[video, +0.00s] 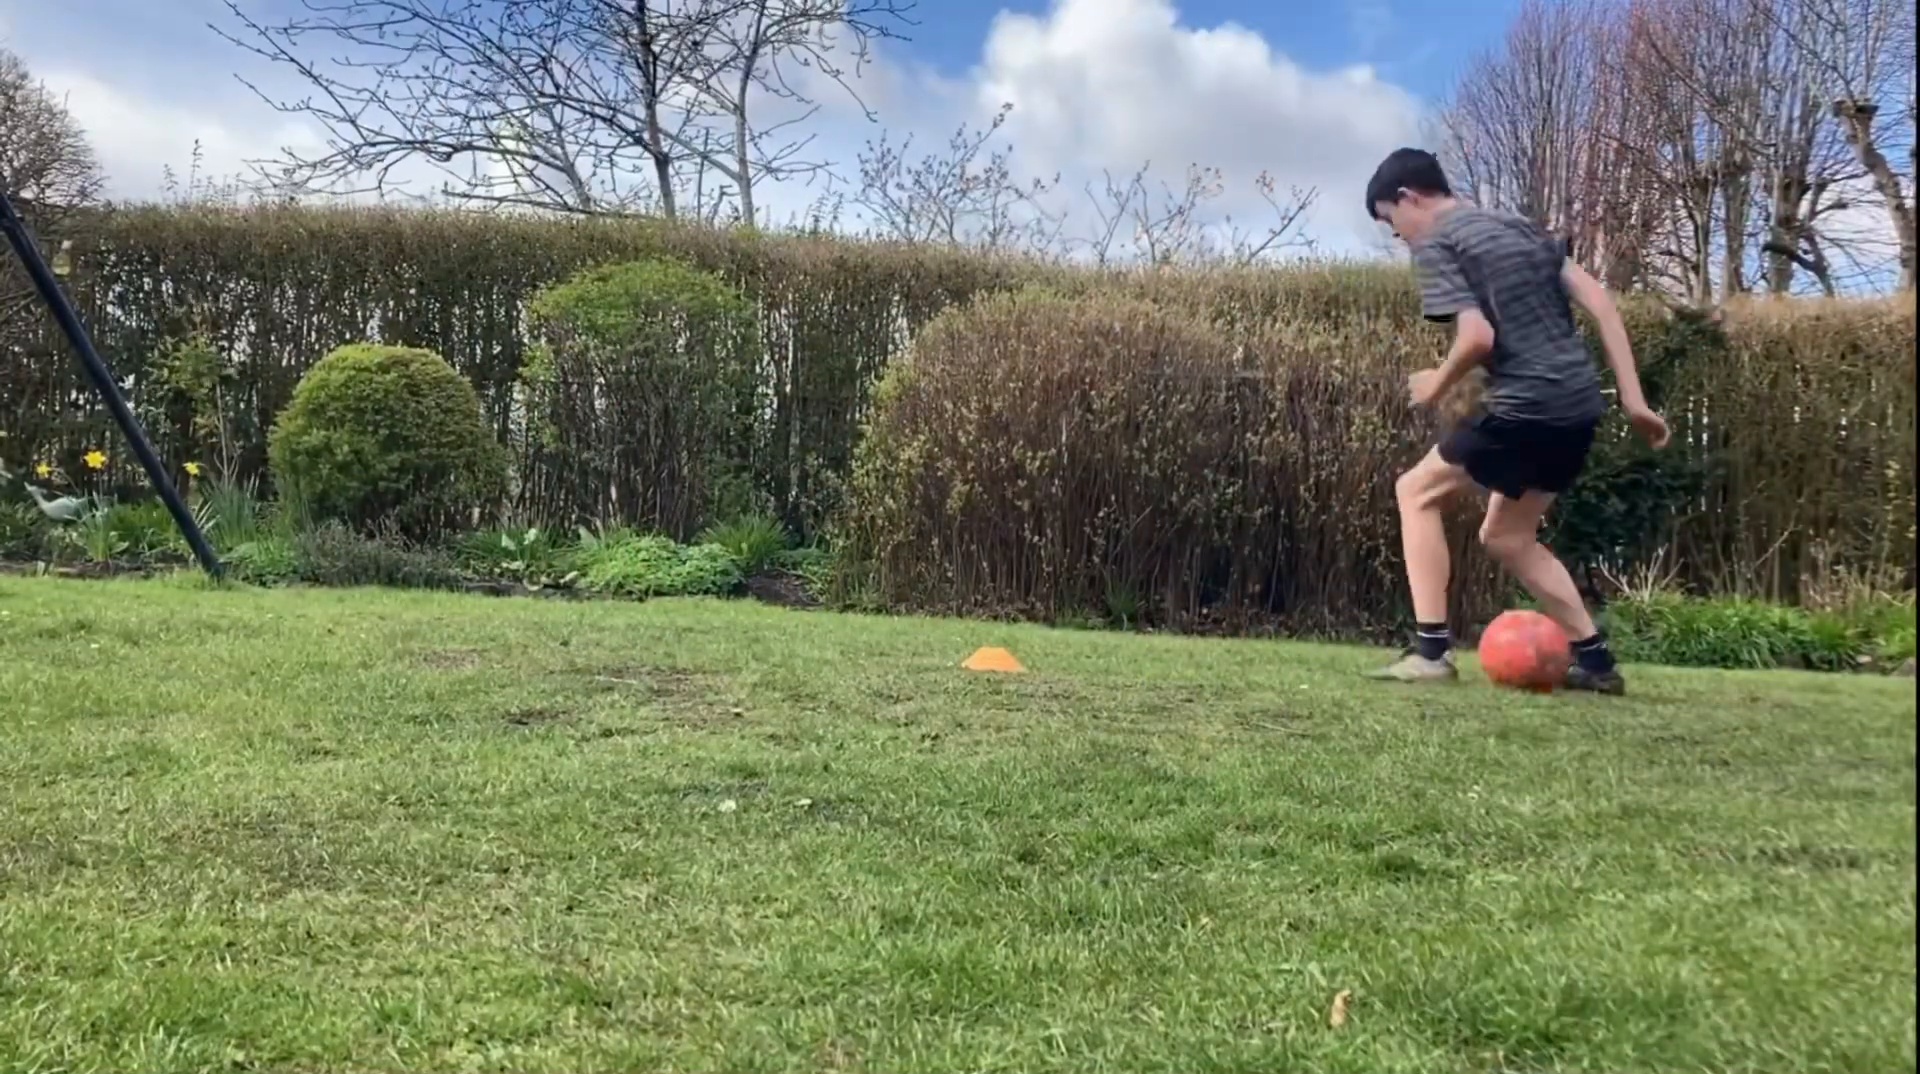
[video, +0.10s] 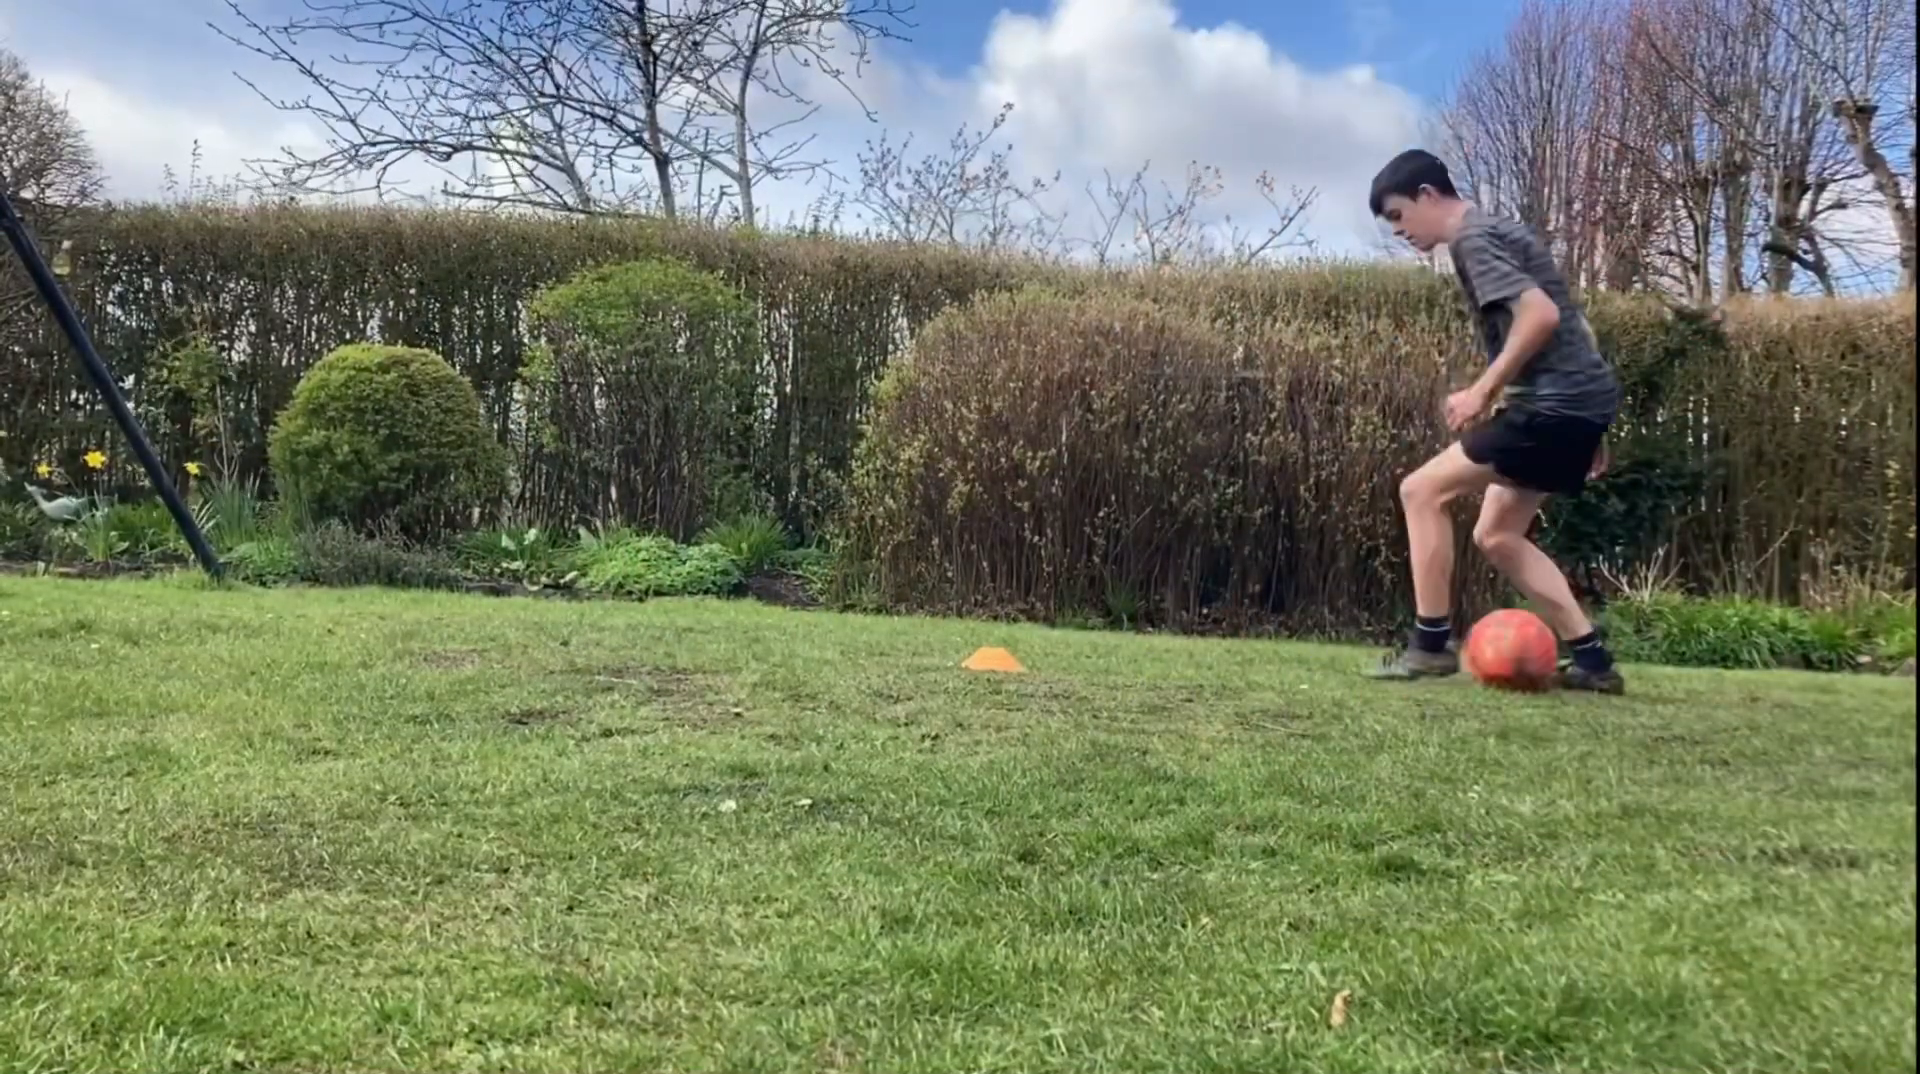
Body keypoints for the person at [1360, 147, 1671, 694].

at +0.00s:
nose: (1399, 236)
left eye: (1392, 221)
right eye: (1390, 227)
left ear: (1411, 197)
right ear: (1440, 192)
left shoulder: (1437, 243)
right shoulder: (1519, 228)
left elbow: (1477, 335)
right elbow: (1599, 299)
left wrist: (1437, 381)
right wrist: (1634, 399)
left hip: (1523, 407)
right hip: (1580, 408)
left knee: (1416, 491)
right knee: (1508, 535)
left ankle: (1430, 653)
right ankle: (1595, 661)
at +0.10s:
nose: (1401, 234)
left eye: (1398, 218)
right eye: (1393, 225)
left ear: (1429, 194)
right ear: (1434, 197)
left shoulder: (1474, 239)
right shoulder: (1500, 231)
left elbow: (1540, 313)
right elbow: (1565, 329)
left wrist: (1480, 391)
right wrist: (1587, 428)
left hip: (1553, 411)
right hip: (1578, 411)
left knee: (1421, 490)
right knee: (1499, 536)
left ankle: (1431, 647)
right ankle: (1591, 659)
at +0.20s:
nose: (1408, 186)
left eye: (1410, 169)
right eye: (1401, 177)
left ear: (1447, 152)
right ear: (1441, 161)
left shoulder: (1502, 197)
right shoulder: (1480, 213)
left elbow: (1584, 260)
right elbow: (1524, 305)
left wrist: (1516, 346)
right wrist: (1509, 373)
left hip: (1571, 375)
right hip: (1547, 378)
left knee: (1453, 488)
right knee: (1498, 530)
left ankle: (1454, 628)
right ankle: (1583, 642)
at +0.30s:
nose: (1419, 167)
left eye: (1427, 150)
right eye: (1411, 157)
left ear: (1465, 141)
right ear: (1414, 161)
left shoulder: (1515, 193)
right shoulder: (1474, 216)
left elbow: (1605, 259)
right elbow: (1513, 312)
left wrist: (1539, 340)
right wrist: (1460, 379)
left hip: (1584, 368)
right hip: (1547, 372)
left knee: (1464, 473)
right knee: (1489, 514)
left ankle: (1494, 642)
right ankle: (1547, 625)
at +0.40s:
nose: (1439, 177)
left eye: (1451, 162)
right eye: (1431, 166)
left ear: (1485, 158)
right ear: (1426, 173)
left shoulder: (1533, 220)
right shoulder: (1466, 249)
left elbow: (1626, 288)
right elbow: (1496, 333)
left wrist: (1557, 370)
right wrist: (1421, 399)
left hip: (1591, 386)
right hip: (1544, 395)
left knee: (1486, 464)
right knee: (1481, 539)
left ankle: (1534, 643)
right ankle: (1535, 656)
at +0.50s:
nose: (1477, 147)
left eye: (1490, 133)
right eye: (1465, 136)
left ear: (1518, 136)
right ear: (1455, 146)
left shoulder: (1567, 205)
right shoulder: (1463, 233)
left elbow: (1642, 274)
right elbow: (1467, 325)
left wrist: (1581, 351)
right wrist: (1420, 413)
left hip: (1587, 382)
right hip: (1515, 395)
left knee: (1521, 477)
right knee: (1497, 536)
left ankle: (1559, 649)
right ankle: (1545, 652)